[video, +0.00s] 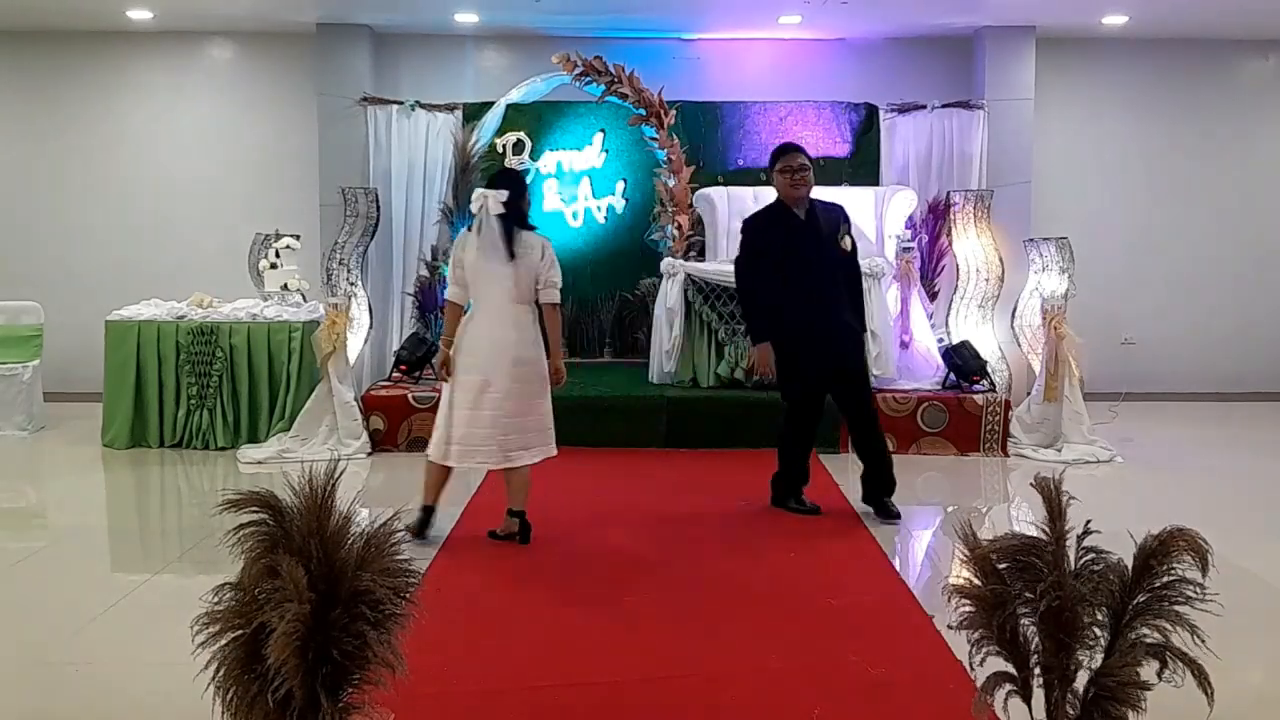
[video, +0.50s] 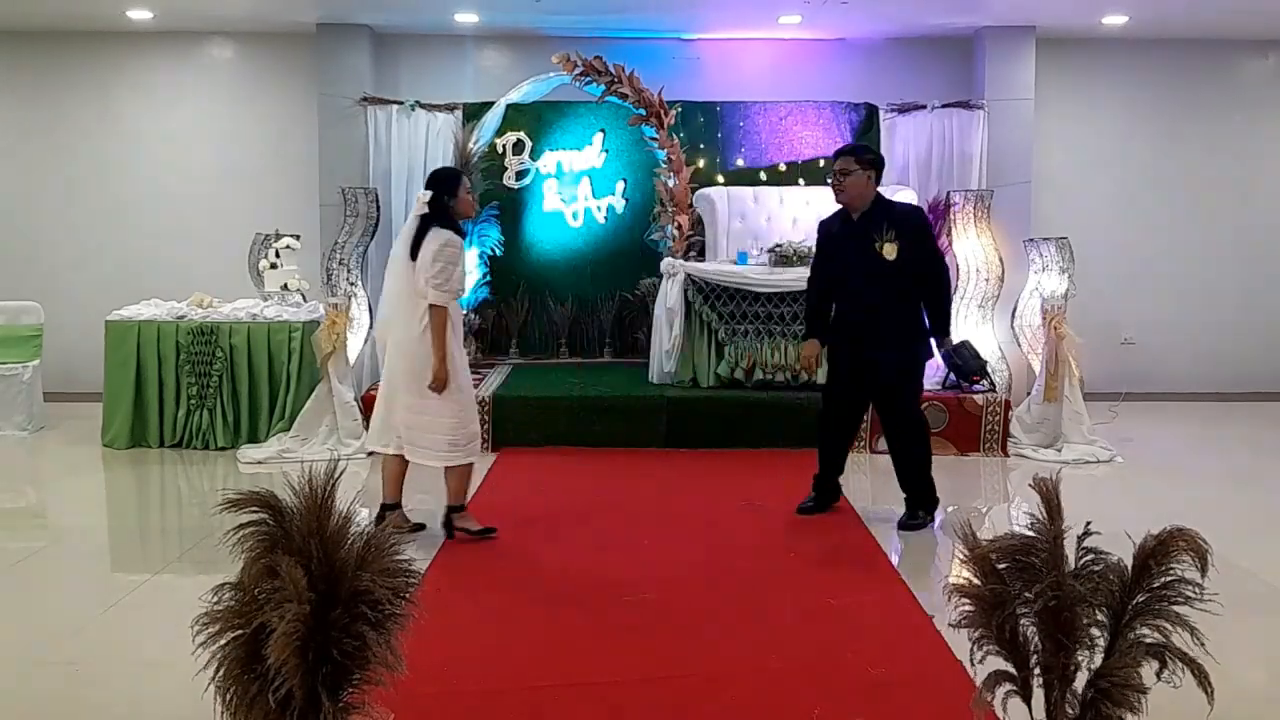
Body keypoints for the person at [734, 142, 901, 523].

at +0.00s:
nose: (797, 176)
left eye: (803, 169)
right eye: (787, 171)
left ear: (813, 174)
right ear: (773, 179)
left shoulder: (835, 216)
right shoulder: (758, 226)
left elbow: (852, 276)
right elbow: (748, 287)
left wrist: (858, 329)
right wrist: (760, 340)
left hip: (841, 335)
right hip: (794, 340)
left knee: (864, 419)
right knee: (800, 419)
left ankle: (878, 494)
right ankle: (787, 491)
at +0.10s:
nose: (803, 175)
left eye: (810, 168)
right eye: (794, 170)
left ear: (823, 172)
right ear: (784, 176)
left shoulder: (849, 212)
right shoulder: (770, 224)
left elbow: (866, 267)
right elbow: (757, 282)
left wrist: (858, 312)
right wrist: (765, 337)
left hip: (851, 331)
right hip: (803, 336)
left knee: (873, 411)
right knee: (809, 414)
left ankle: (892, 492)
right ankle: (788, 490)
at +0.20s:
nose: (811, 175)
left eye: (819, 168)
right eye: (803, 170)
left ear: (836, 172)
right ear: (796, 177)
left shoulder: (865, 210)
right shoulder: (786, 223)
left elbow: (885, 263)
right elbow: (772, 281)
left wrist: (870, 307)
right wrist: (775, 334)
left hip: (861, 330)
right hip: (813, 334)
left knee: (880, 411)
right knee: (811, 413)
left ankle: (910, 491)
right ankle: (793, 488)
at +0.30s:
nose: (819, 180)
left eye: (828, 172)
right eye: (813, 174)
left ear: (850, 174)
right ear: (809, 181)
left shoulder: (882, 213)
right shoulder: (803, 227)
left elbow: (908, 264)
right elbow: (788, 282)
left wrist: (889, 314)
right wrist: (788, 331)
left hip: (874, 336)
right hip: (825, 339)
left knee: (892, 419)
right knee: (817, 416)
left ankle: (921, 499)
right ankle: (805, 487)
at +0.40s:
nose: (827, 183)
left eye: (837, 176)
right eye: (823, 177)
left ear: (861, 177)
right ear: (821, 183)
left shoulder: (898, 220)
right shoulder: (818, 230)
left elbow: (925, 276)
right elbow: (805, 286)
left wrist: (912, 324)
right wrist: (803, 333)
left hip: (889, 345)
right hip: (839, 347)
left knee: (898, 427)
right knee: (827, 421)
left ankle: (921, 501)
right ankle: (811, 486)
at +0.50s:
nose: (835, 182)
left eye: (844, 175)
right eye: (833, 176)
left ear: (871, 177)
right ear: (833, 181)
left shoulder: (908, 219)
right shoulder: (830, 229)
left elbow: (934, 277)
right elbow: (819, 287)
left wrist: (940, 333)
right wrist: (813, 336)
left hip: (899, 345)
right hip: (849, 346)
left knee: (903, 426)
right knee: (834, 420)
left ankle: (921, 502)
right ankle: (825, 489)